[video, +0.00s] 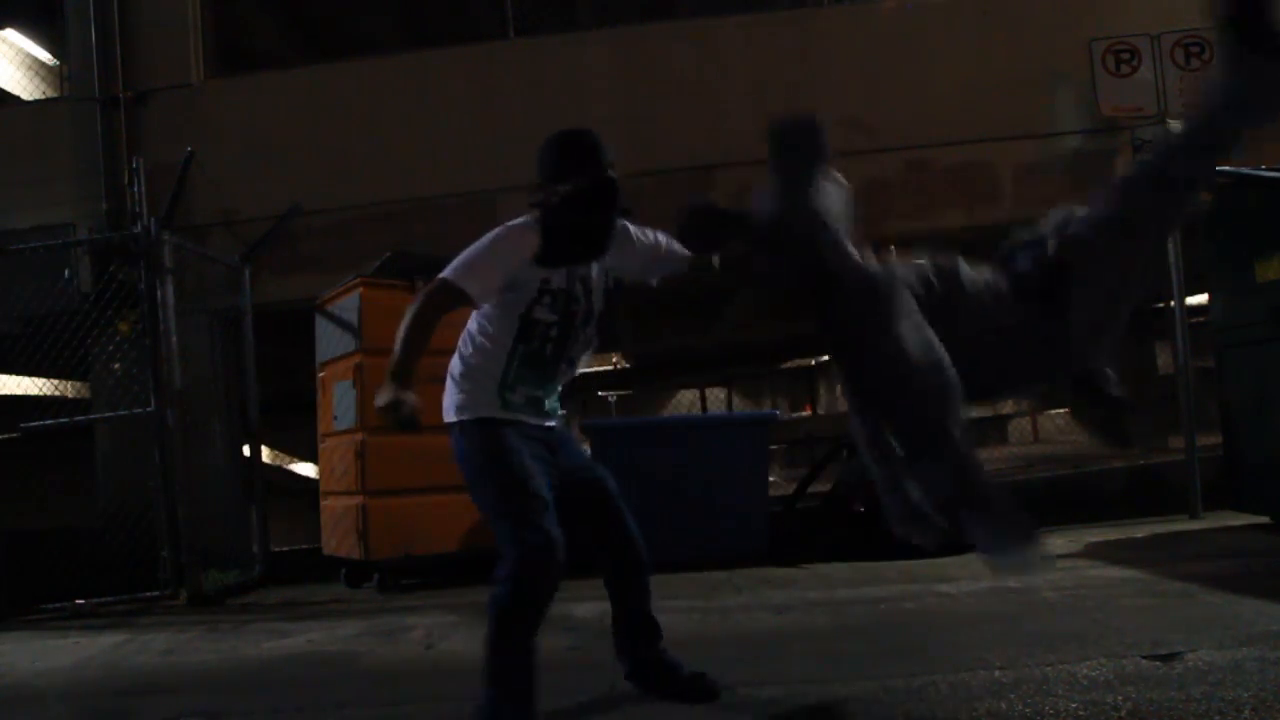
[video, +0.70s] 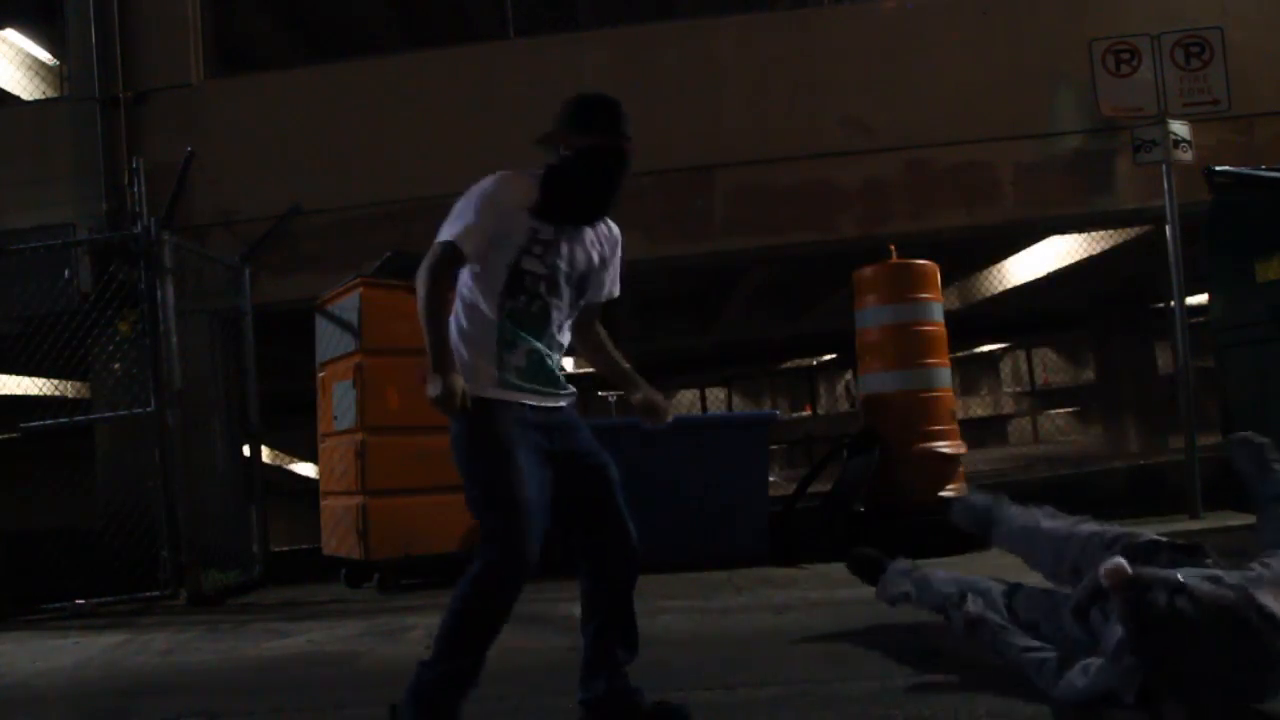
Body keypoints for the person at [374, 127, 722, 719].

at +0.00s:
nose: (603, 204)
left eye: (607, 190)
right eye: (588, 192)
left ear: (612, 189)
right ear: (555, 195)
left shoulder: (616, 240)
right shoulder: (517, 243)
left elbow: (692, 264)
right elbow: (430, 300)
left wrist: (724, 246)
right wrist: (396, 382)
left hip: (547, 422)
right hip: (485, 421)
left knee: (620, 542)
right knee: (534, 554)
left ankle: (647, 667)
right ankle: (505, 704)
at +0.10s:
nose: (635, 233)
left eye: (642, 218)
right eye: (621, 217)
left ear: (649, 218)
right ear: (585, 212)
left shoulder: (634, 288)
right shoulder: (534, 253)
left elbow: (705, 349)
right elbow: (446, 296)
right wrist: (423, 388)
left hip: (559, 445)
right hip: (494, 440)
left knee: (647, 557)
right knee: (577, 565)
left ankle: (648, 666)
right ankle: (564, 709)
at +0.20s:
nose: (657, 237)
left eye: (661, 223)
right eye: (646, 219)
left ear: (656, 225)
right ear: (609, 212)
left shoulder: (622, 293)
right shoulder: (551, 243)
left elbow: (633, 391)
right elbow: (455, 289)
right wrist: (427, 392)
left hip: (564, 444)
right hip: (505, 440)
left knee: (662, 558)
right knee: (613, 572)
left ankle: (650, 671)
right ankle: (578, 709)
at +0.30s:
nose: (660, 223)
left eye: (667, 211)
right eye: (652, 204)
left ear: (669, 212)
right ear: (617, 192)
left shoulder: (620, 268)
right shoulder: (561, 220)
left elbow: (575, 345)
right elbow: (464, 274)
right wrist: (445, 384)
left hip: (564, 425)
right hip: (512, 420)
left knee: (663, 535)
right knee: (608, 558)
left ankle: (634, 678)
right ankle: (574, 708)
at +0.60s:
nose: (653, 206)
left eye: (661, 192)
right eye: (643, 187)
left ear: (663, 192)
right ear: (609, 175)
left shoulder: (615, 253)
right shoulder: (547, 205)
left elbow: (563, 335)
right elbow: (465, 271)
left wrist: (577, 405)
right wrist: (464, 378)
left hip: (558, 408)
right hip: (502, 403)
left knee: (613, 542)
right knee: (541, 544)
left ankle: (607, 693)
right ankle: (489, 706)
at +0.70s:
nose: (606, 167)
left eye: (616, 155)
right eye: (593, 151)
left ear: (623, 161)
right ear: (561, 147)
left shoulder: (604, 237)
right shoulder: (504, 195)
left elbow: (585, 325)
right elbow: (438, 269)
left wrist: (636, 387)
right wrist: (441, 366)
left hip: (554, 409)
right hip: (488, 405)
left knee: (612, 542)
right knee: (512, 550)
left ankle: (607, 691)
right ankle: (432, 698)